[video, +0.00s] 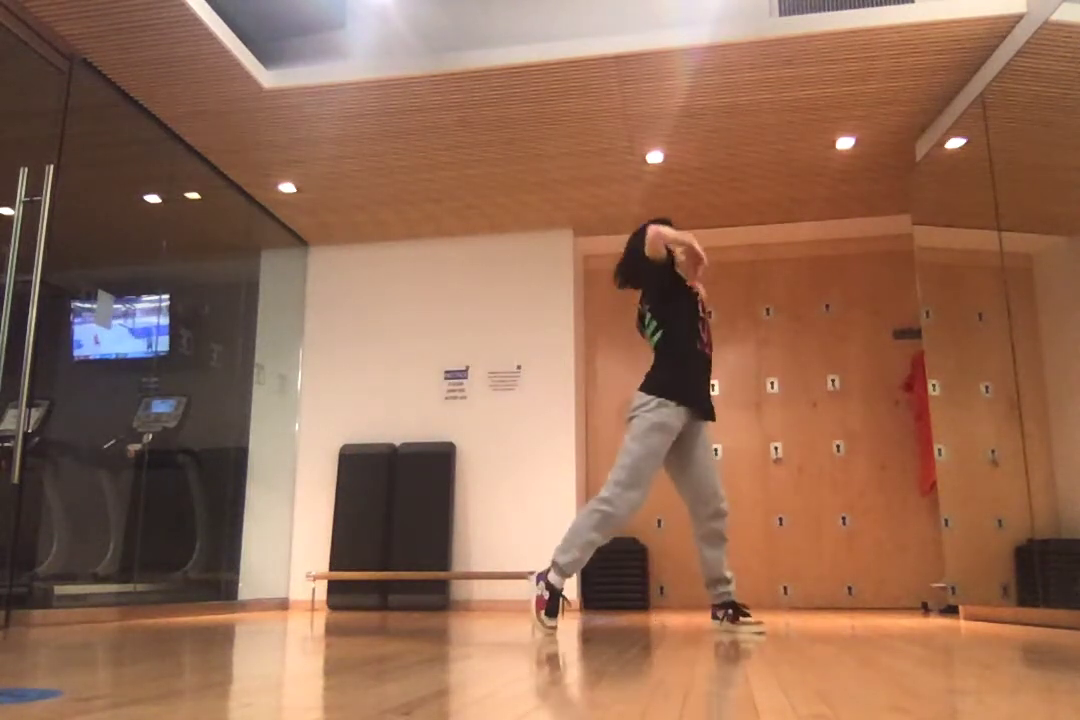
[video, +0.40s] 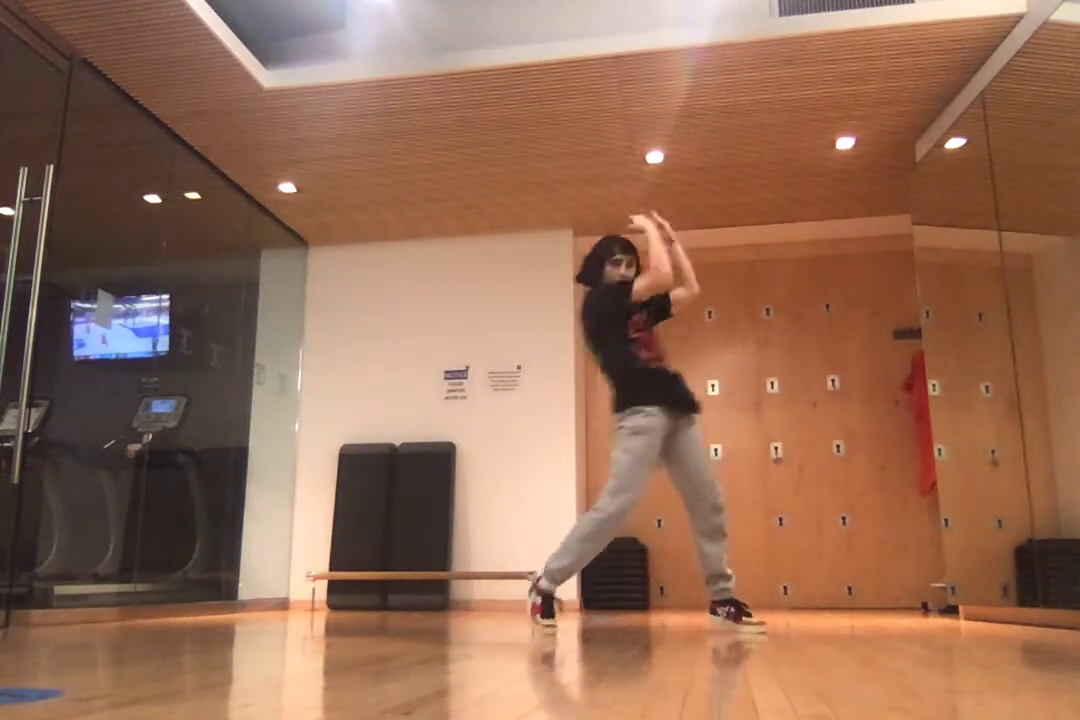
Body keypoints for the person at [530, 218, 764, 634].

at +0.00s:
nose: (682, 242)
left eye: (677, 235)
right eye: (666, 235)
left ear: (663, 251)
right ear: (650, 248)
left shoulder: (681, 293)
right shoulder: (656, 285)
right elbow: (655, 234)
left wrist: (694, 283)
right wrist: (689, 246)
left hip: (690, 414)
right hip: (660, 405)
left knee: (711, 509)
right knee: (620, 499)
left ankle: (723, 603)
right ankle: (552, 578)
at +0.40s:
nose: (623, 270)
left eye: (629, 264)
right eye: (615, 262)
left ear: (636, 268)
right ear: (597, 269)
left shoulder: (639, 306)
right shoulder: (600, 301)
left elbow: (689, 289)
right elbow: (660, 278)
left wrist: (674, 242)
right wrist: (650, 231)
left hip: (677, 410)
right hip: (641, 410)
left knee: (708, 504)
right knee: (615, 507)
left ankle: (722, 598)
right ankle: (546, 584)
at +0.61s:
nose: (627, 298)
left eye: (634, 290)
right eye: (619, 289)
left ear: (640, 289)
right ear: (600, 288)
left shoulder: (643, 317)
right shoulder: (582, 315)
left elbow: (677, 325)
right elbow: (562, 306)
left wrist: (693, 320)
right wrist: (614, 283)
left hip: (624, 434)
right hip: (575, 428)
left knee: (655, 497)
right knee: (551, 502)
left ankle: (603, 585)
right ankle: (522, 590)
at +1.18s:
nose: (597, 251)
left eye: (604, 246)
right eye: (590, 246)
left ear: (614, 258)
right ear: (579, 259)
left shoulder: (633, 301)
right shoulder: (568, 298)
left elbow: (648, 346)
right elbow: (570, 334)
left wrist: (596, 348)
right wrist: (599, 297)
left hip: (621, 406)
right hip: (575, 407)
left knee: (606, 497)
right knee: (592, 499)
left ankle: (595, 590)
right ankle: (619, 584)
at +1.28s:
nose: (599, 251)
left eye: (605, 247)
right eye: (590, 248)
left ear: (615, 260)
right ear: (579, 262)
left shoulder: (632, 299)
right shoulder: (567, 297)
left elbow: (648, 343)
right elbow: (567, 338)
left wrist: (597, 349)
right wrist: (598, 300)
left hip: (620, 407)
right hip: (574, 408)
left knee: (605, 497)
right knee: (587, 500)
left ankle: (595, 590)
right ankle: (616, 585)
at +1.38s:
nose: (596, 251)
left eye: (602, 247)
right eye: (589, 248)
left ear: (614, 260)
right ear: (577, 261)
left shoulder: (630, 301)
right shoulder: (566, 298)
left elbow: (647, 345)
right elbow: (566, 337)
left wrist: (596, 348)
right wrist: (599, 301)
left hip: (620, 408)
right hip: (573, 409)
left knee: (606, 497)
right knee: (586, 502)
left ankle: (595, 591)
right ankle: (615, 586)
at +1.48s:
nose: (598, 254)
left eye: (603, 250)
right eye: (590, 250)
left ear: (612, 260)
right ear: (577, 261)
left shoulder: (627, 304)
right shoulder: (565, 298)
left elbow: (645, 345)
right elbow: (565, 336)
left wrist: (595, 347)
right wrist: (599, 300)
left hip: (618, 410)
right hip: (571, 410)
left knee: (605, 498)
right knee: (584, 503)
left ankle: (593, 590)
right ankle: (613, 586)